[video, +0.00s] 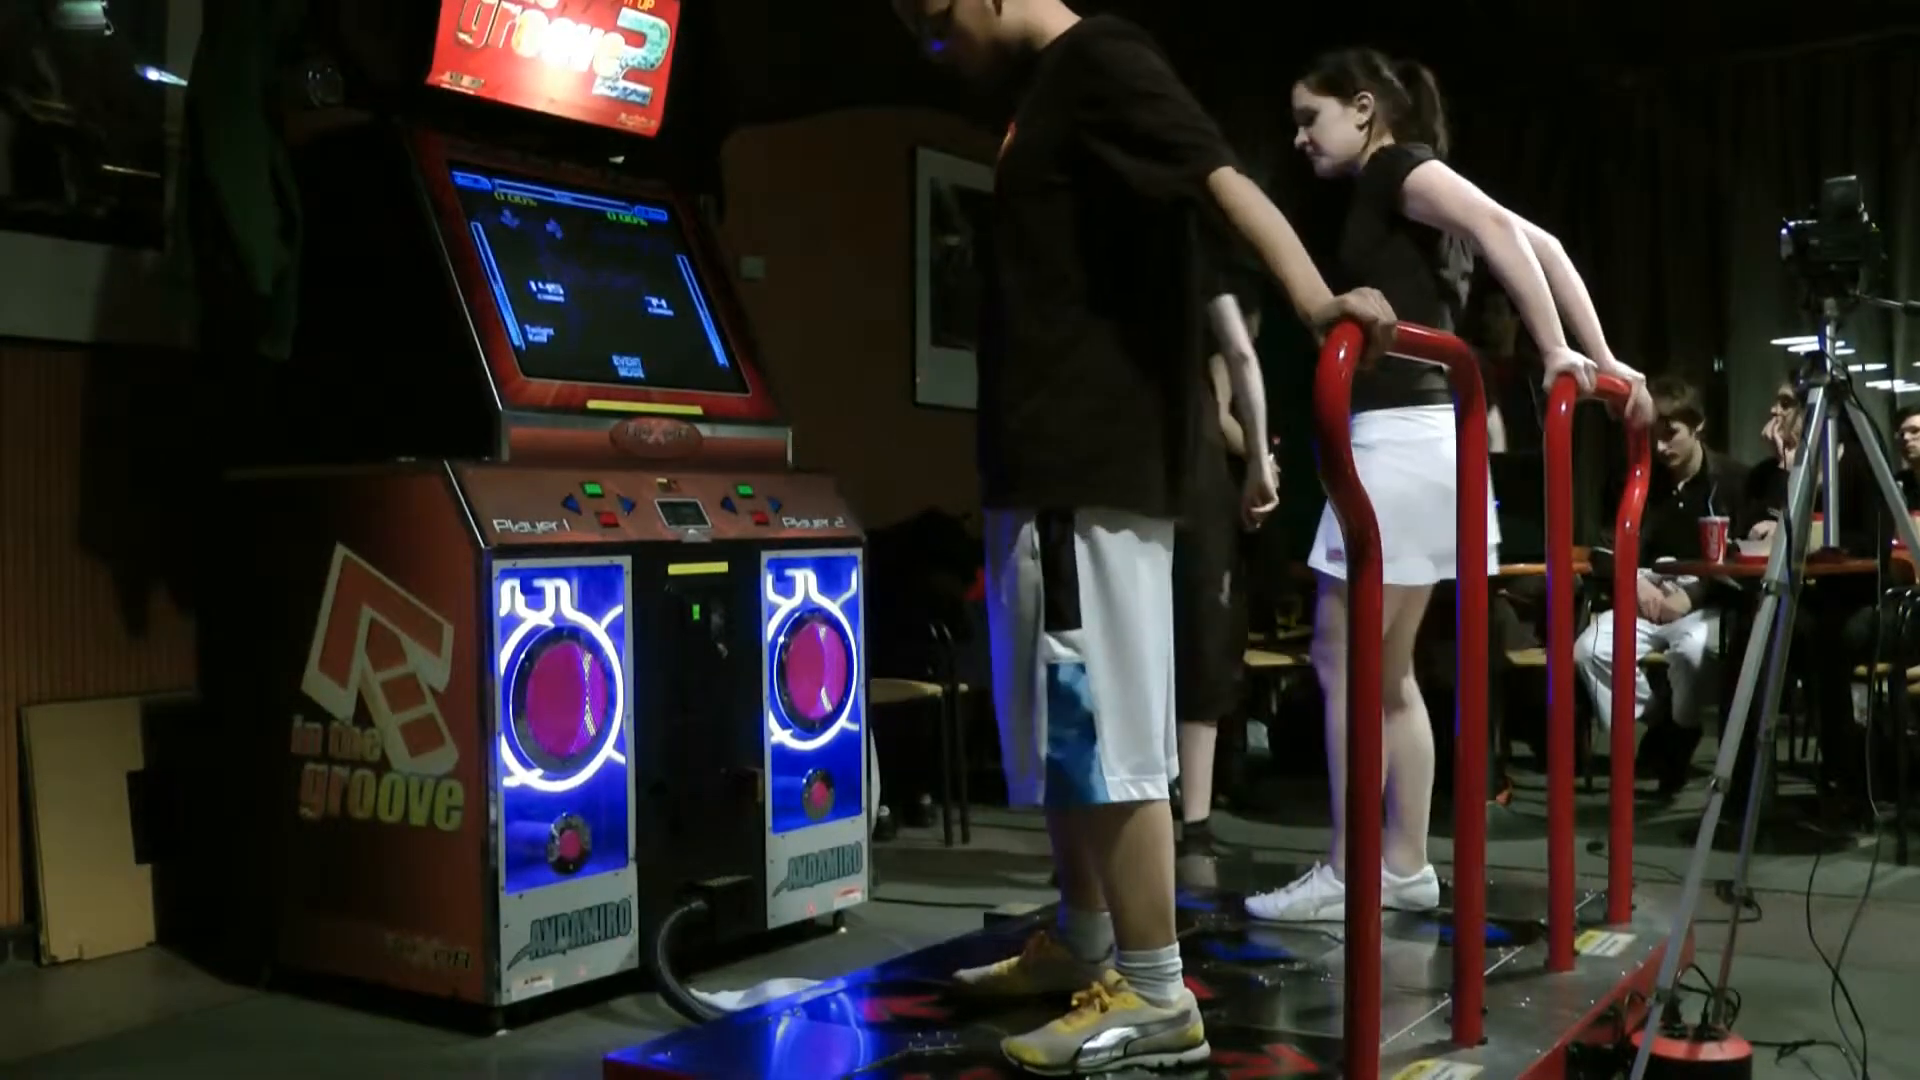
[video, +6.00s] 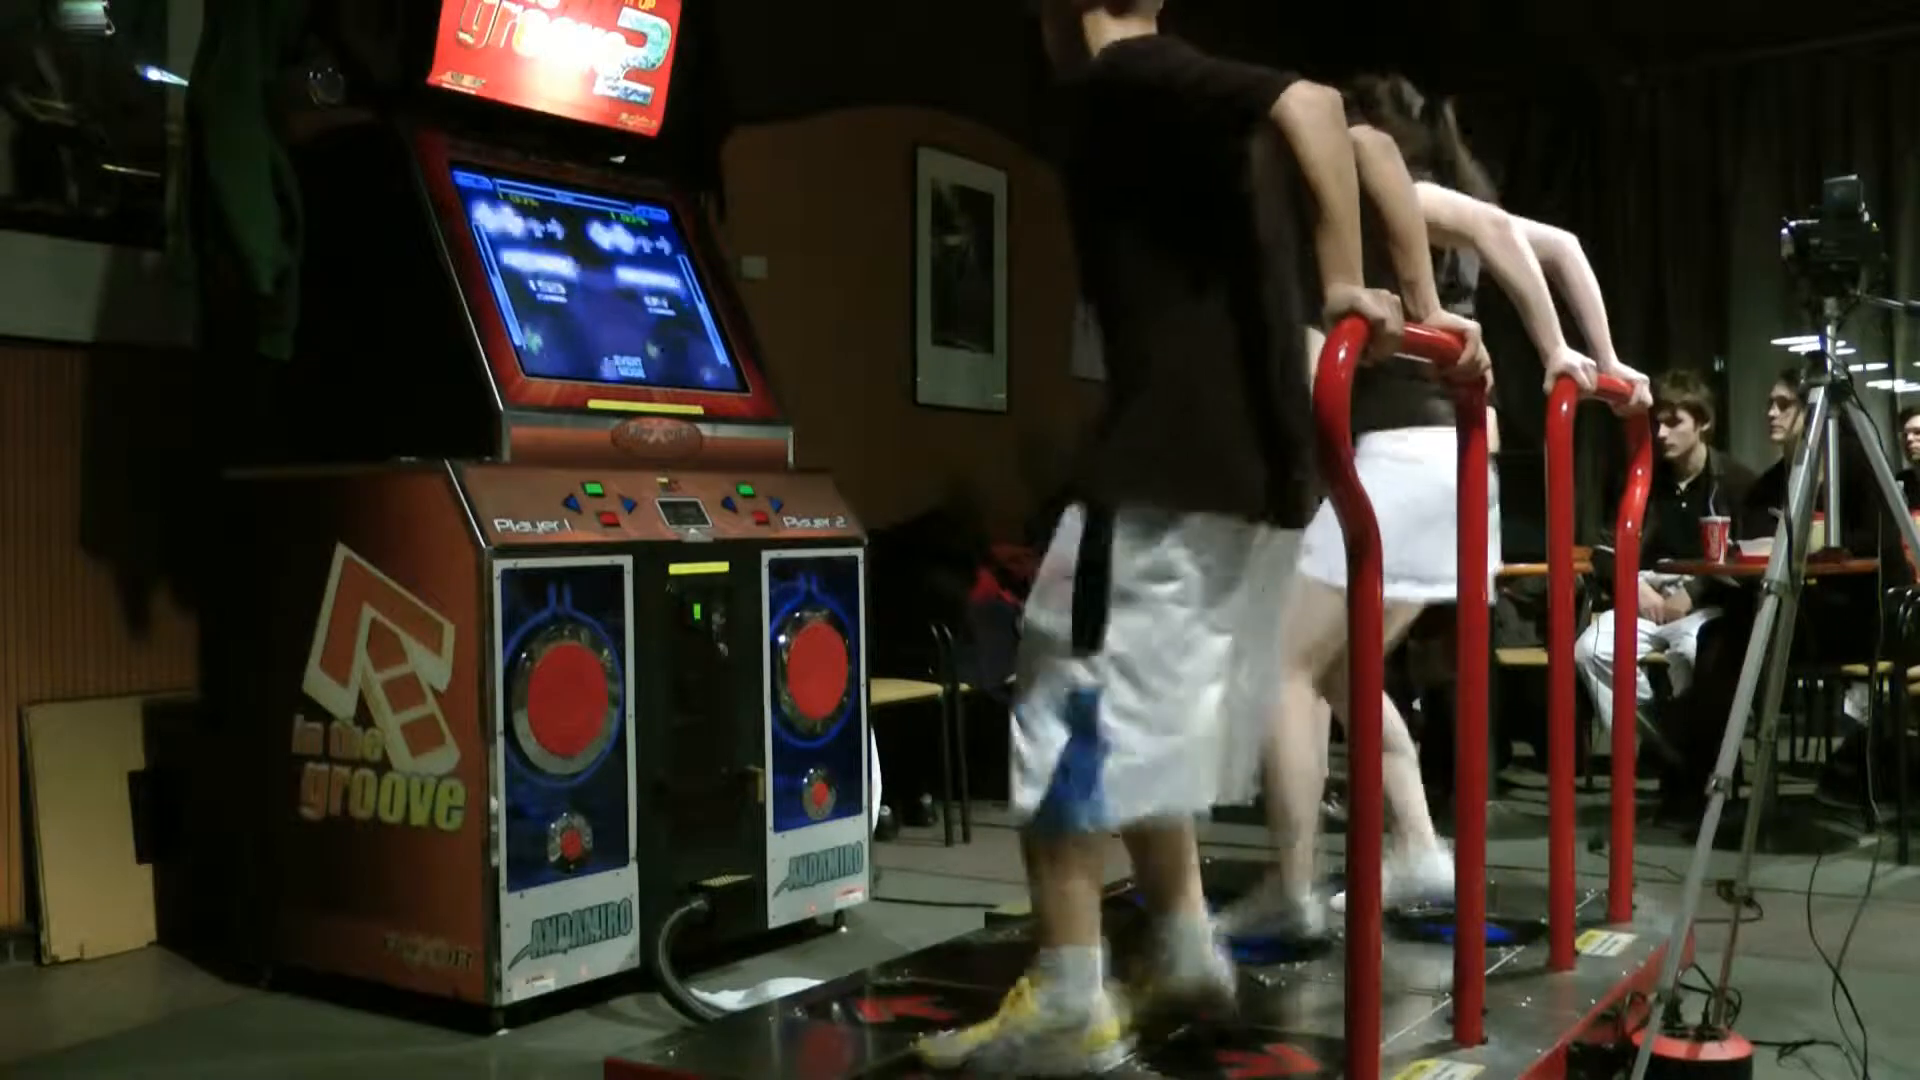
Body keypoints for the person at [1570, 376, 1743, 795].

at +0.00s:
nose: (1663, 445)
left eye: (1670, 434)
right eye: (1655, 436)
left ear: (1697, 428)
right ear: (1646, 437)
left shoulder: (1730, 479)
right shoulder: (1641, 478)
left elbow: (1737, 557)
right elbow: (1607, 551)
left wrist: (1689, 595)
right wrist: (1638, 586)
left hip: (1703, 600)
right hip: (1647, 595)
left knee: (1692, 651)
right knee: (1594, 649)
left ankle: (1682, 736)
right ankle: (1657, 729)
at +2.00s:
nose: (1670, 421)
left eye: (1683, 412)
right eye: (1665, 412)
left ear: (1709, 422)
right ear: (1656, 418)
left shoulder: (1738, 481)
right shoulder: (1644, 475)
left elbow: (1751, 560)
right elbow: (1605, 548)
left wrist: (1692, 597)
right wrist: (1633, 586)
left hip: (1706, 603)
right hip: (1644, 599)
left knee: (1692, 654)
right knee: (1593, 651)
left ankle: (1683, 734)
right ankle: (1655, 732)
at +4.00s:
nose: (1650, 425)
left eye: (1659, 417)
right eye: (1650, 417)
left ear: (1688, 425)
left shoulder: (1734, 480)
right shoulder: (1644, 475)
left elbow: (1746, 558)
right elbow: (1607, 546)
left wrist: (1693, 595)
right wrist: (1634, 586)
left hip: (1703, 601)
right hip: (1644, 599)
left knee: (1702, 646)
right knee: (1595, 648)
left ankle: (1675, 741)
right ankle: (1650, 743)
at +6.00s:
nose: (1662, 433)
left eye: (1673, 422)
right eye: (1657, 423)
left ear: (1702, 424)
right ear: (1650, 426)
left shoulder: (1737, 482)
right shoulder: (1644, 478)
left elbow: (1748, 561)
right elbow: (1606, 547)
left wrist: (1692, 594)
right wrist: (1634, 588)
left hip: (1706, 602)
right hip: (1646, 598)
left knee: (1689, 651)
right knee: (1594, 649)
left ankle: (1692, 754)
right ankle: (1645, 750)